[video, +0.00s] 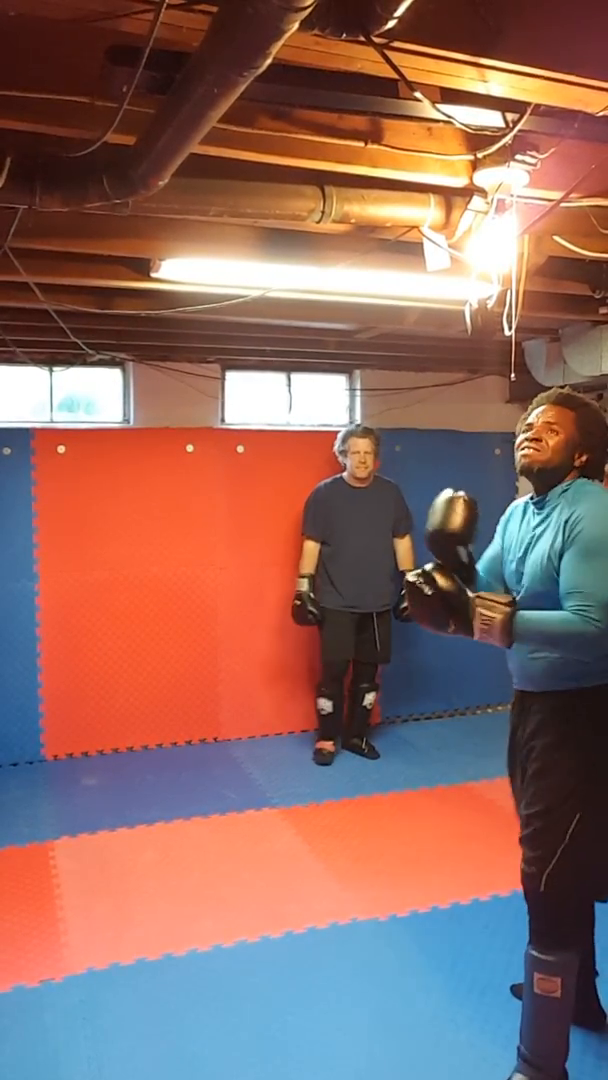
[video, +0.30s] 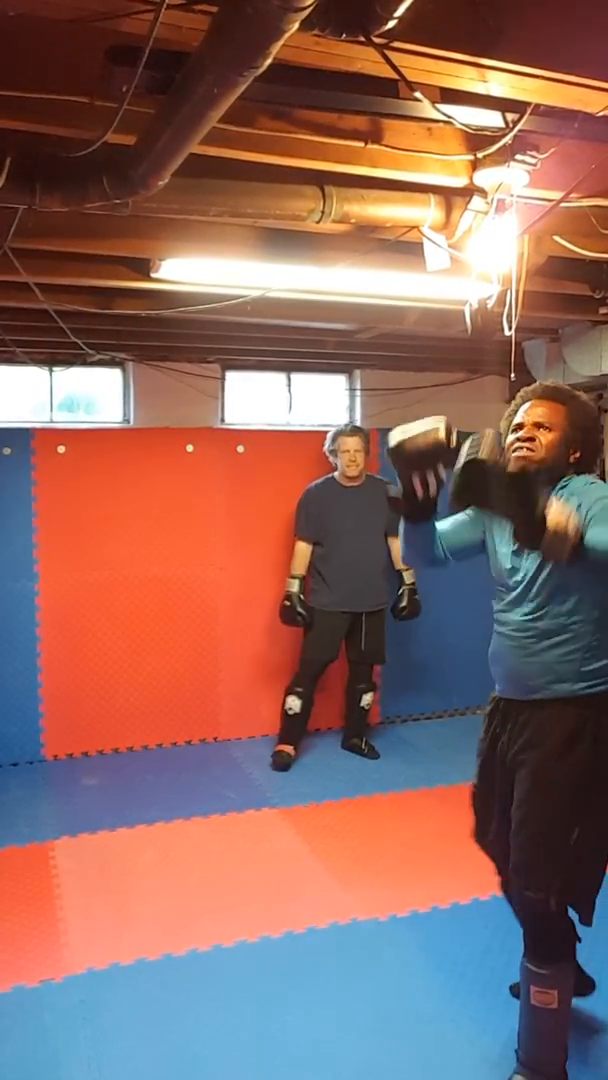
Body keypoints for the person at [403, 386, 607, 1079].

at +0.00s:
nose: (524, 437)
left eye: (542, 429)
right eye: (524, 429)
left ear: (579, 447)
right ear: (523, 444)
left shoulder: (591, 509)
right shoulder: (516, 515)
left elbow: (595, 622)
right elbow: (488, 595)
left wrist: (513, 624)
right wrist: (443, 605)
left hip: (577, 711)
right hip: (535, 707)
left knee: (550, 874)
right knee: (557, 858)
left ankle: (542, 1064)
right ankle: (575, 991)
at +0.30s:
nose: (520, 436)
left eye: (537, 427)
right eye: (516, 428)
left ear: (577, 442)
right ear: (508, 442)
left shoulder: (589, 494)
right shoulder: (499, 502)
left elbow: (597, 531)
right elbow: (423, 548)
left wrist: (568, 522)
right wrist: (419, 493)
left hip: (574, 710)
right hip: (510, 708)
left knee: (537, 880)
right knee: (497, 839)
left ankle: (542, 1065)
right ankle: (559, 965)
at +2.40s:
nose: (449, 459)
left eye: (461, 445)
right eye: (452, 445)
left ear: (509, 447)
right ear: (492, 449)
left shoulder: (588, 513)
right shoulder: (481, 522)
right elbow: (489, 598)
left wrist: (594, 609)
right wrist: (416, 612)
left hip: (568, 728)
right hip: (490, 719)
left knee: (548, 900)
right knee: (473, 860)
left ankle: (543, 1064)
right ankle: (478, 976)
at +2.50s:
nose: (446, 468)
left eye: (455, 454)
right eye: (447, 454)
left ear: (502, 455)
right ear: (494, 457)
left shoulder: (582, 521)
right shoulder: (489, 520)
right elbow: (505, 609)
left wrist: (571, 652)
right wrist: (434, 619)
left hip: (563, 733)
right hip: (495, 722)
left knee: (548, 902)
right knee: (491, 862)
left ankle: (544, 1067)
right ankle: (495, 976)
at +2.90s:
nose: (477, 461)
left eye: (480, 448)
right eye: (479, 448)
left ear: (503, 451)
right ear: (538, 446)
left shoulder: (534, 502)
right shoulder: (566, 498)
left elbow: (505, 608)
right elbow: (536, 594)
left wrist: (446, 578)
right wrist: (472, 558)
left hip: (543, 704)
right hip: (573, 698)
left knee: (540, 870)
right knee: (567, 856)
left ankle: (542, 1064)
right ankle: (590, 985)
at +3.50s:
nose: (457, 478)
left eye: (460, 466)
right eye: (457, 466)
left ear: (485, 461)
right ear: (512, 460)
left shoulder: (481, 512)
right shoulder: (559, 508)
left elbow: (431, 592)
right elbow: (506, 581)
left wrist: (395, 568)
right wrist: (426, 564)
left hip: (500, 690)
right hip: (560, 686)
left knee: (465, 835)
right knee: (561, 832)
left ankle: (436, 976)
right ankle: (593, 977)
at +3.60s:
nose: (442, 473)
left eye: (446, 463)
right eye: (443, 463)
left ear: (470, 462)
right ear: (500, 460)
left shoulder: (454, 512)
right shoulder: (542, 508)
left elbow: (415, 594)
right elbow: (500, 580)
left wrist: (381, 566)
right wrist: (422, 562)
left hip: (476, 689)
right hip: (540, 686)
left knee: (447, 829)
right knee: (545, 827)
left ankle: (433, 976)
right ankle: (588, 972)